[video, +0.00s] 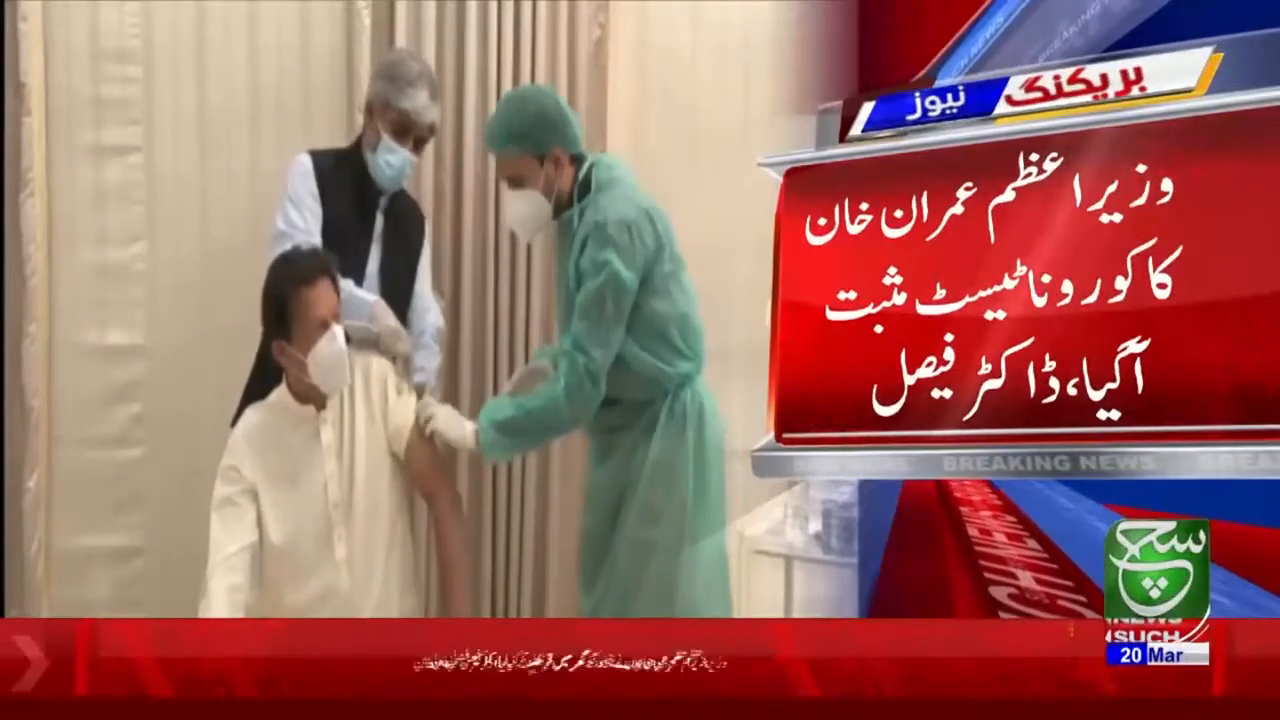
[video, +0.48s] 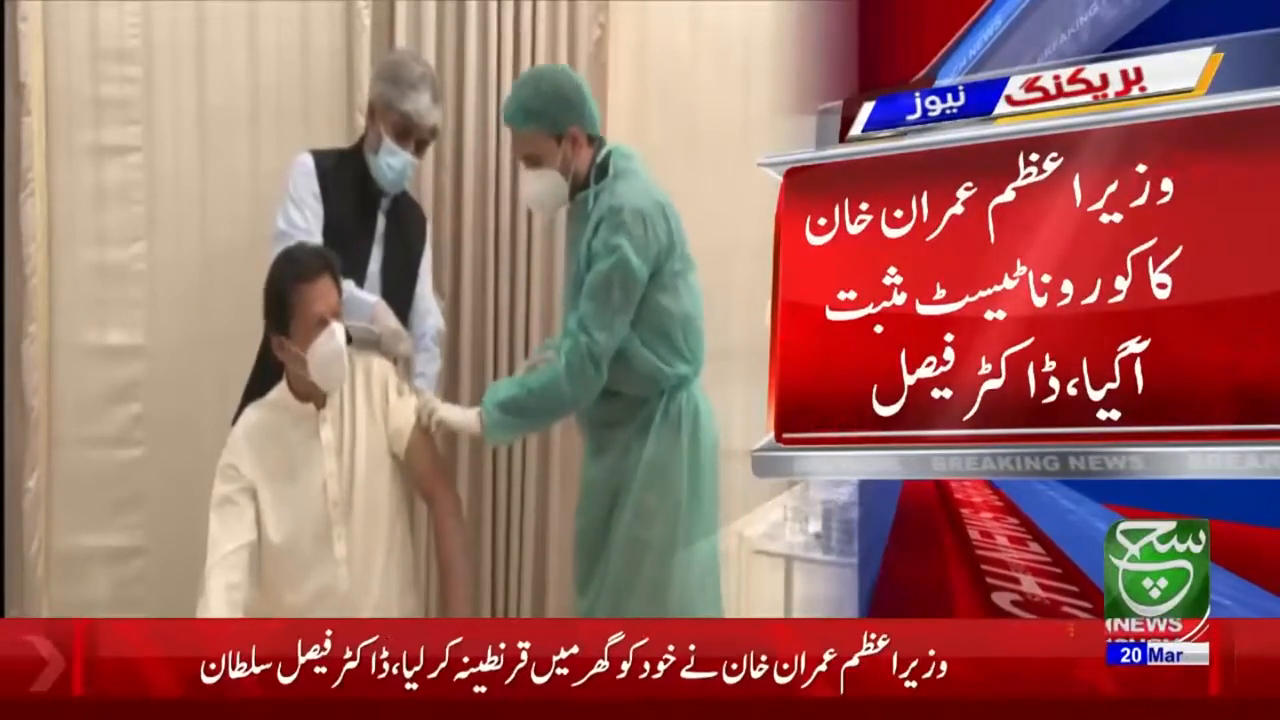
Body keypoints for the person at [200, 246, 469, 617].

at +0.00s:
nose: (338, 339)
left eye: (339, 322)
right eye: (321, 329)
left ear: (347, 319)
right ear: (282, 350)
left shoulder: (375, 380)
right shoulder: (253, 435)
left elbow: (442, 495)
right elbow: (229, 570)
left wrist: (458, 615)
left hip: (388, 617)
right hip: (294, 631)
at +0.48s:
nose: (337, 336)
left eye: (338, 318)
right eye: (319, 326)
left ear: (347, 316)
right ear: (281, 346)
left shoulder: (375, 381)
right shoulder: (253, 434)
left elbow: (442, 496)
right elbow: (227, 570)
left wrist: (458, 615)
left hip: (389, 618)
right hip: (293, 633)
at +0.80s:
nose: (261, 323)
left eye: (271, 304)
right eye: (240, 312)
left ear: (291, 310)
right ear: (209, 343)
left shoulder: (343, 386)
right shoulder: (179, 474)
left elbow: (432, 528)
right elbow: (155, 628)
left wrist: (457, 643)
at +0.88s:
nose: (261, 325)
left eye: (271, 305)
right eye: (240, 314)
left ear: (291, 311)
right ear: (209, 344)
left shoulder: (343, 387)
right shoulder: (179, 476)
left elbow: (432, 528)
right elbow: (156, 629)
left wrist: (456, 642)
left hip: (362, 663)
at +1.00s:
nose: (262, 327)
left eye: (271, 308)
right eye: (240, 316)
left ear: (292, 316)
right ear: (208, 346)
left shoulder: (341, 393)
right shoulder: (183, 471)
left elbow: (430, 524)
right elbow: (154, 619)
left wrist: (451, 646)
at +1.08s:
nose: (262, 328)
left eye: (271, 308)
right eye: (241, 316)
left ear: (291, 312)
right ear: (209, 348)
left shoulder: (342, 388)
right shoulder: (180, 477)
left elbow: (429, 523)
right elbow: (156, 630)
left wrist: (455, 636)